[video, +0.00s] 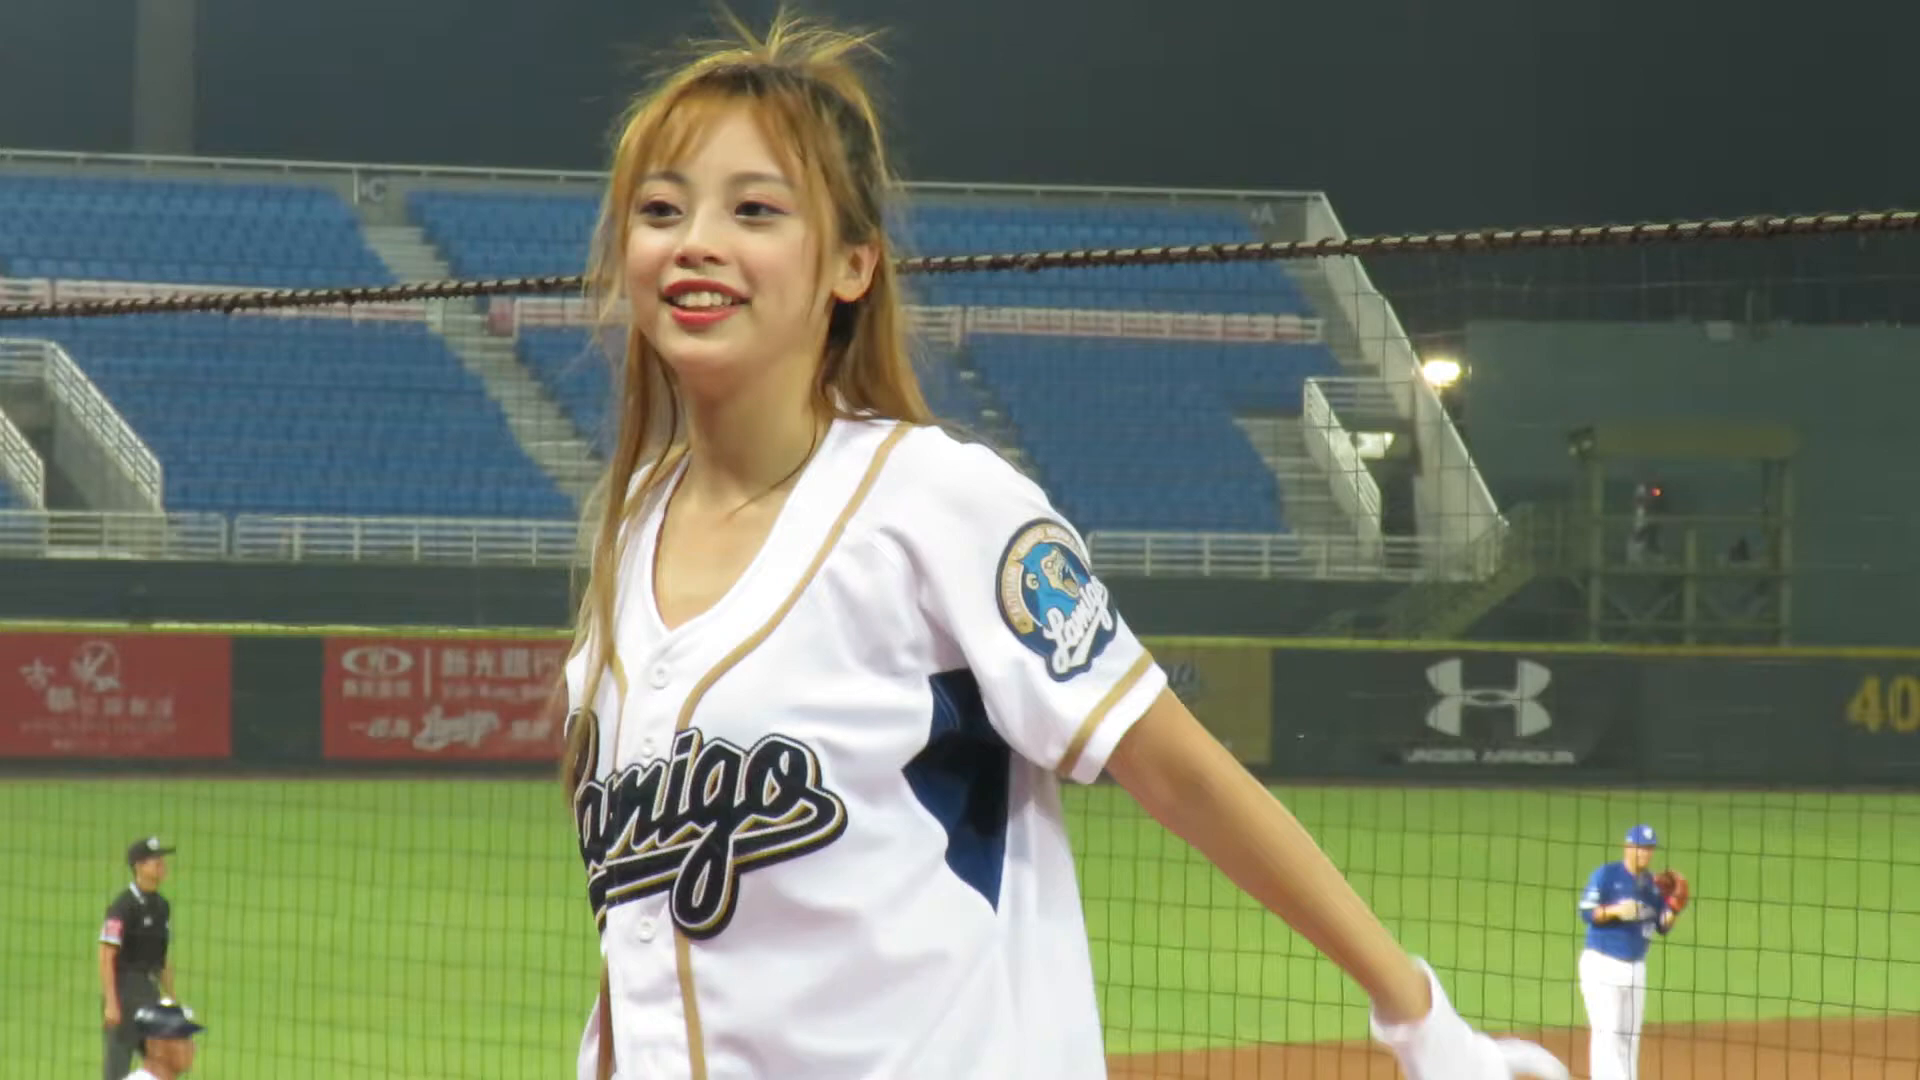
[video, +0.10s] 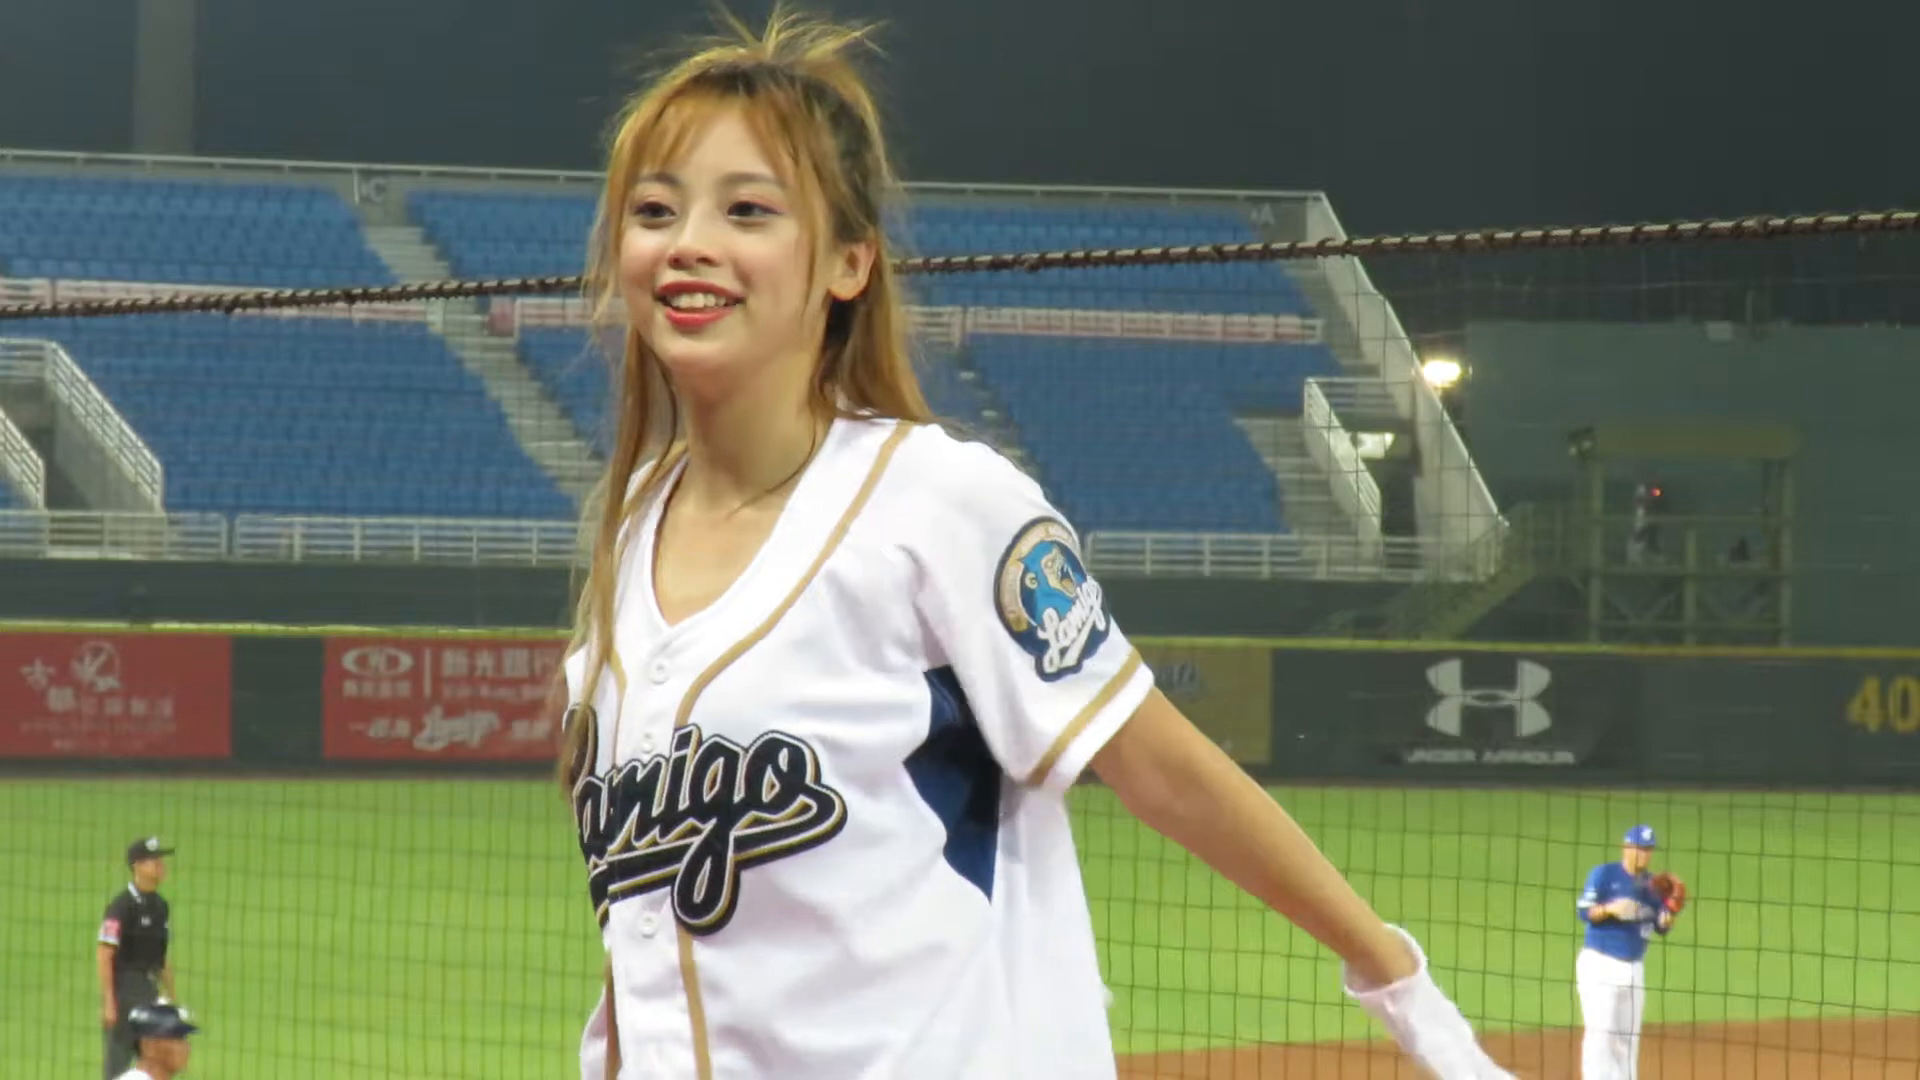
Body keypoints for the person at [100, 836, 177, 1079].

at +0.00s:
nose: (162, 867)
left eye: (162, 861)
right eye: (155, 862)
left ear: (162, 864)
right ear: (138, 867)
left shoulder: (161, 905)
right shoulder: (123, 905)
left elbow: (162, 957)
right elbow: (107, 954)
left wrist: (169, 996)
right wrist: (111, 1002)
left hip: (150, 978)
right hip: (126, 977)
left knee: (155, 1050)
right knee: (119, 1051)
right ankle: (115, 1075)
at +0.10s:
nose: (160, 867)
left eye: (161, 861)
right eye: (153, 862)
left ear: (161, 864)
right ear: (137, 866)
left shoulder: (160, 905)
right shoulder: (121, 906)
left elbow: (161, 957)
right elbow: (105, 954)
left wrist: (170, 995)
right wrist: (109, 1003)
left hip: (150, 976)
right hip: (125, 976)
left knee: (150, 1046)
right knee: (121, 1047)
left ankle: (146, 1076)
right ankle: (114, 1074)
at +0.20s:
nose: (157, 868)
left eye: (158, 862)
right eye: (151, 862)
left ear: (160, 864)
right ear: (135, 865)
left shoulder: (159, 906)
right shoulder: (118, 906)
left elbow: (159, 953)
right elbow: (102, 955)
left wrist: (168, 988)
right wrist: (105, 1003)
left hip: (150, 976)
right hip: (124, 975)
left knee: (148, 1043)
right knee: (121, 1044)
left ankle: (144, 1075)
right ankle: (115, 1074)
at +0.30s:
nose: (155, 869)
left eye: (157, 863)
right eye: (149, 863)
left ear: (157, 866)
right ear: (134, 866)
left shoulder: (157, 906)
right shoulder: (115, 907)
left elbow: (158, 958)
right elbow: (100, 955)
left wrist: (167, 998)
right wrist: (103, 1002)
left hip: (148, 979)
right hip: (120, 979)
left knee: (149, 1052)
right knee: (119, 1053)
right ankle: (114, 1074)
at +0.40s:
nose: (154, 870)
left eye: (155, 865)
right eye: (148, 864)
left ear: (156, 867)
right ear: (132, 867)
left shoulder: (156, 907)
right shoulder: (113, 909)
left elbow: (157, 959)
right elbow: (99, 958)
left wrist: (166, 1001)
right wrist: (103, 1006)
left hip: (148, 979)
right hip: (120, 981)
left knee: (153, 1053)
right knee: (120, 1053)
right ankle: (114, 1075)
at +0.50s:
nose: (153, 872)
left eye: (154, 866)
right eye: (146, 866)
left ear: (156, 868)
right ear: (130, 868)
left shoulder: (155, 908)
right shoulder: (113, 910)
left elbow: (156, 958)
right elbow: (99, 957)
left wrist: (162, 997)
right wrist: (103, 1002)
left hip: (146, 980)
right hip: (119, 980)